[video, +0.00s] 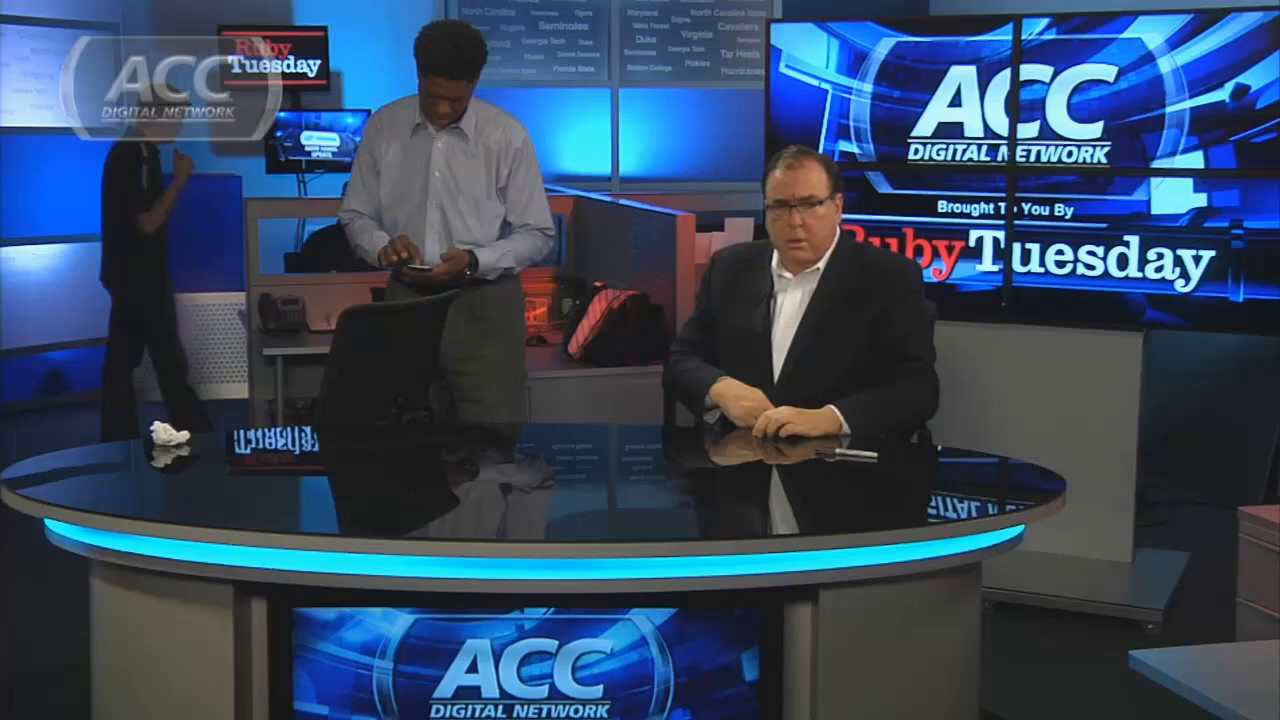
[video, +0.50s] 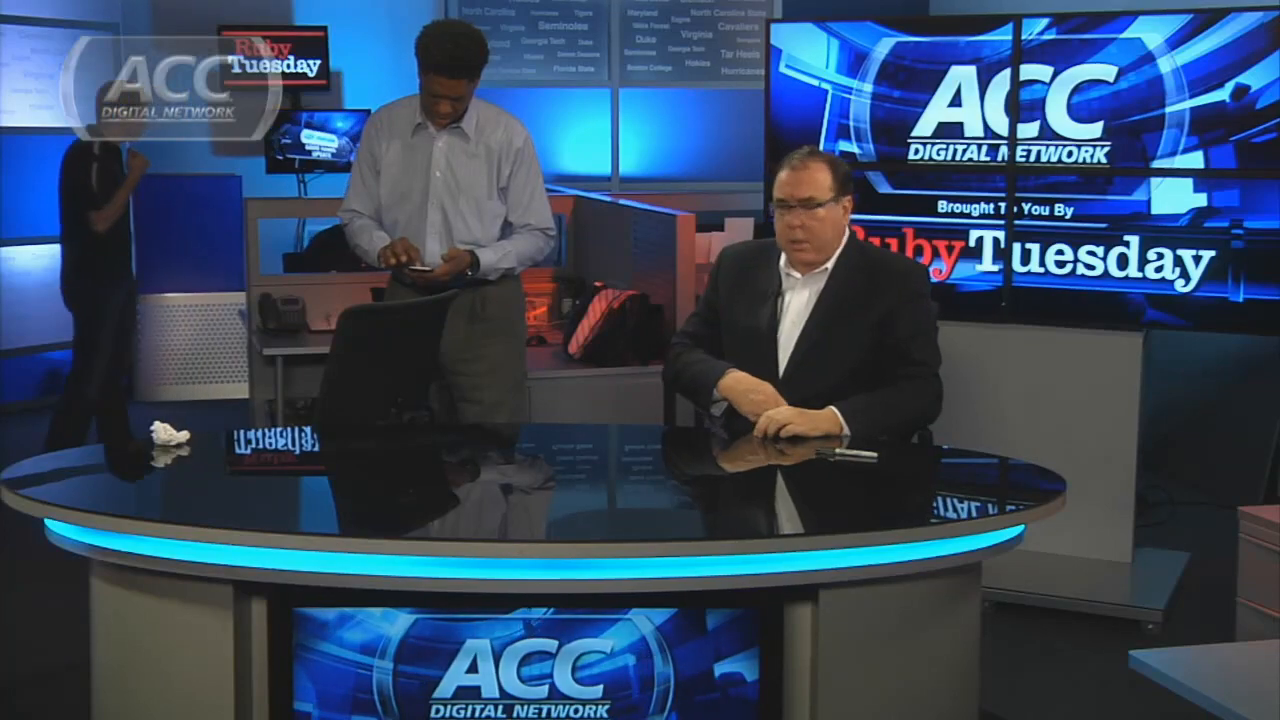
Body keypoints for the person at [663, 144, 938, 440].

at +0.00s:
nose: (795, 221)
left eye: (810, 205)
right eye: (781, 206)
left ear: (838, 207)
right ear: (766, 211)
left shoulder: (893, 278)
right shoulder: (732, 270)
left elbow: (919, 390)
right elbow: (684, 360)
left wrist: (834, 417)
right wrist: (724, 390)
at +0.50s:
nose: (795, 222)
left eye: (811, 206)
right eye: (784, 206)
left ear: (846, 208)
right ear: (772, 209)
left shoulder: (897, 280)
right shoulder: (738, 266)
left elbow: (921, 393)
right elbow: (683, 355)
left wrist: (832, 419)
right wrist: (729, 381)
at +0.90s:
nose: (756, 207)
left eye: (767, 195)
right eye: (759, 194)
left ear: (809, 206)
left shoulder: (896, 275)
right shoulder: (752, 263)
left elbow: (924, 391)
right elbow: (699, 349)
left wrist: (830, 419)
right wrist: (721, 382)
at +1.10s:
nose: (758, 208)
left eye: (766, 195)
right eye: (761, 195)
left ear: (803, 203)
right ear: (801, 204)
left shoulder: (893, 274)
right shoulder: (765, 263)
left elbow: (924, 390)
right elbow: (725, 343)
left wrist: (831, 417)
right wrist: (710, 381)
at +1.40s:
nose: (769, 213)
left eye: (775, 203)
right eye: (770, 203)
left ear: (804, 212)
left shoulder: (886, 276)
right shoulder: (791, 269)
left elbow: (921, 390)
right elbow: (761, 355)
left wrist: (833, 419)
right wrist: (719, 401)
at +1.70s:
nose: (779, 211)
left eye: (785, 201)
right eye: (780, 201)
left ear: (812, 208)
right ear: (811, 211)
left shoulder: (879, 271)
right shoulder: (799, 267)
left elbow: (910, 376)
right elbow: (763, 353)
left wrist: (823, 412)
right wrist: (697, 408)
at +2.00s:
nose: (735, 252)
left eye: (734, 237)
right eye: (731, 240)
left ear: (763, 228)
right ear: (763, 229)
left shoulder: (831, 261)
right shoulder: (771, 280)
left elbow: (886, 329)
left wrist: (840, 397)